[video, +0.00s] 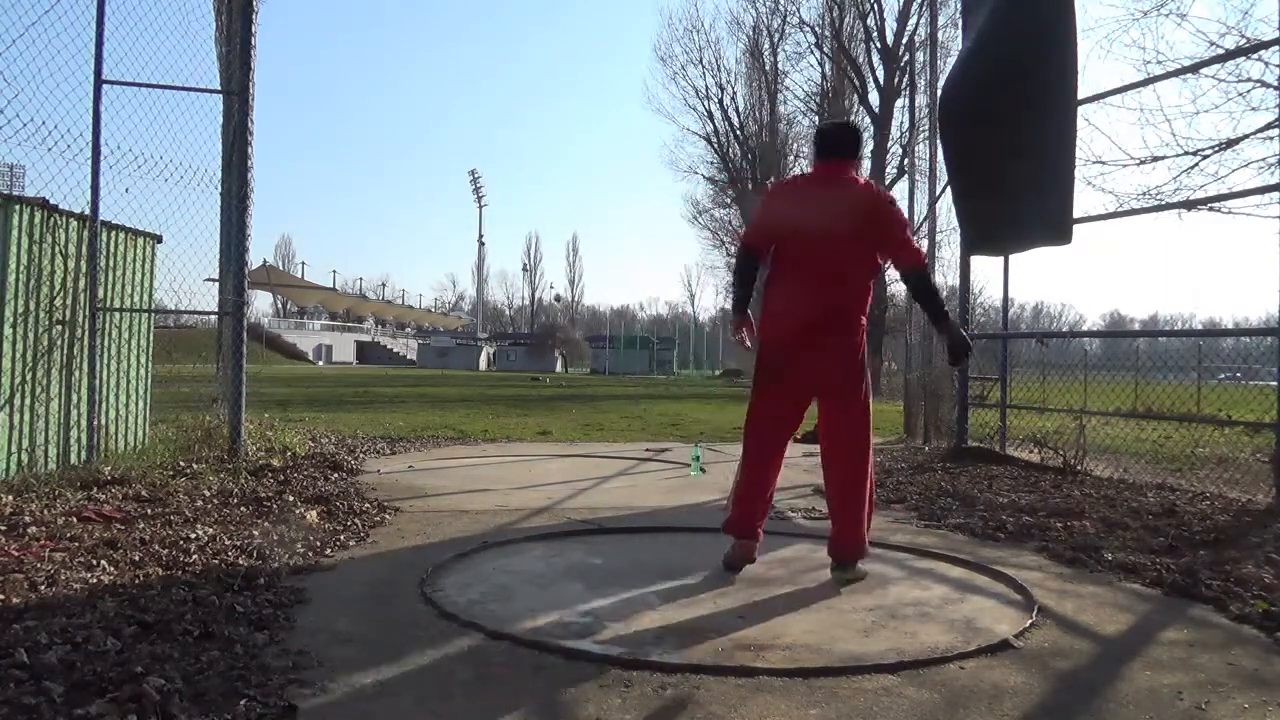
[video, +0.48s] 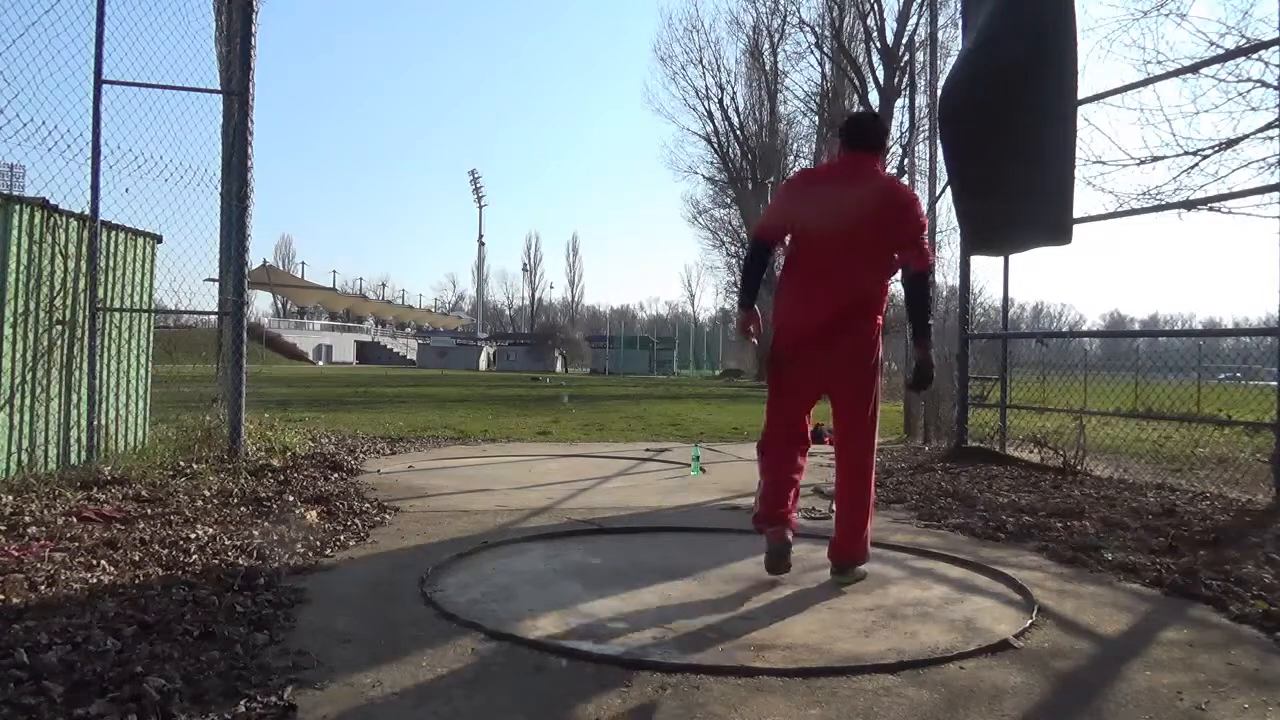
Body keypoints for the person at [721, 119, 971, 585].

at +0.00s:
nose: (856, 165)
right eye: (859, 158)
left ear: (815, 154)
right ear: (859, 158)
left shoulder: (782, 195)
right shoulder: (875, 202)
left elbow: (749, 253)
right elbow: (916, 273)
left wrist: (739, 307)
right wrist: (948, 327)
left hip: (783, 340)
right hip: (842, 346)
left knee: (764, 440)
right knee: (848, 446)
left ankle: (742, 542)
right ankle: (847, 557)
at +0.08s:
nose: (866, 162)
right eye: (869, 155)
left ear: (825, 150)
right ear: (869, 155)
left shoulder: (788, 192)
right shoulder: (883, 200)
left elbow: (754, 251)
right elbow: (923, 272)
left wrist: (744, 309)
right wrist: (955, 332)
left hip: (788, 338)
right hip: (848, 344)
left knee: (770, 440)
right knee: (852, 449)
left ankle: (749, 541)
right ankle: (847, 557)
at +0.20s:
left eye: (838, 148)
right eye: (876, 152)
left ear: (835, 149)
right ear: (879, 153)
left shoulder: (798, 190)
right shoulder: (893, 200)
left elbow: (761, 243)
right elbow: (926, 275)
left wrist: (749, 305)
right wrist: (953, 340)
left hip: (793, 336)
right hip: (854, 342)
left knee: (775, 440)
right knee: (854, 449)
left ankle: (751, 539)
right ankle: (847, 557)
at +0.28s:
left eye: (838, 146)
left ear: (839, 148)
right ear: (882, 153)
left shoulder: (801, 188)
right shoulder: (896, 200)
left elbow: (763, 244)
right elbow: (925, 274)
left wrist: (750, 306)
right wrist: (943, 342)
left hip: (795, 336)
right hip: (856, 343)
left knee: (776, 439)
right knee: (855, 450)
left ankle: (750, 541)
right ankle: (847, 559)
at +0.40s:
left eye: (842, 144)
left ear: (842, 146)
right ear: (885, 153)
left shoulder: (804, 186)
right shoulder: (900, 199)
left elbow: (764, 244)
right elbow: (922, 276)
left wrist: (750, 309)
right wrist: (929, 349)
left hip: (794, 335)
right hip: (857, 343)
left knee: (778, 437)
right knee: (856, 448)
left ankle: (765, 540)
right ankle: (847, 557)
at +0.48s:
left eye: (844, 140)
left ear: (841, 143)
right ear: (885, 150)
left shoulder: (802, 185)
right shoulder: (899, 198)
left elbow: (762, 242)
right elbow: (917, 277)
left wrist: (747, 304)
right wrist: (923, 350)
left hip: (795, 334)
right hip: (858, 342)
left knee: (784, 436)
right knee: (856, 449)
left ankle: (777, 531)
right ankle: (847, 557)